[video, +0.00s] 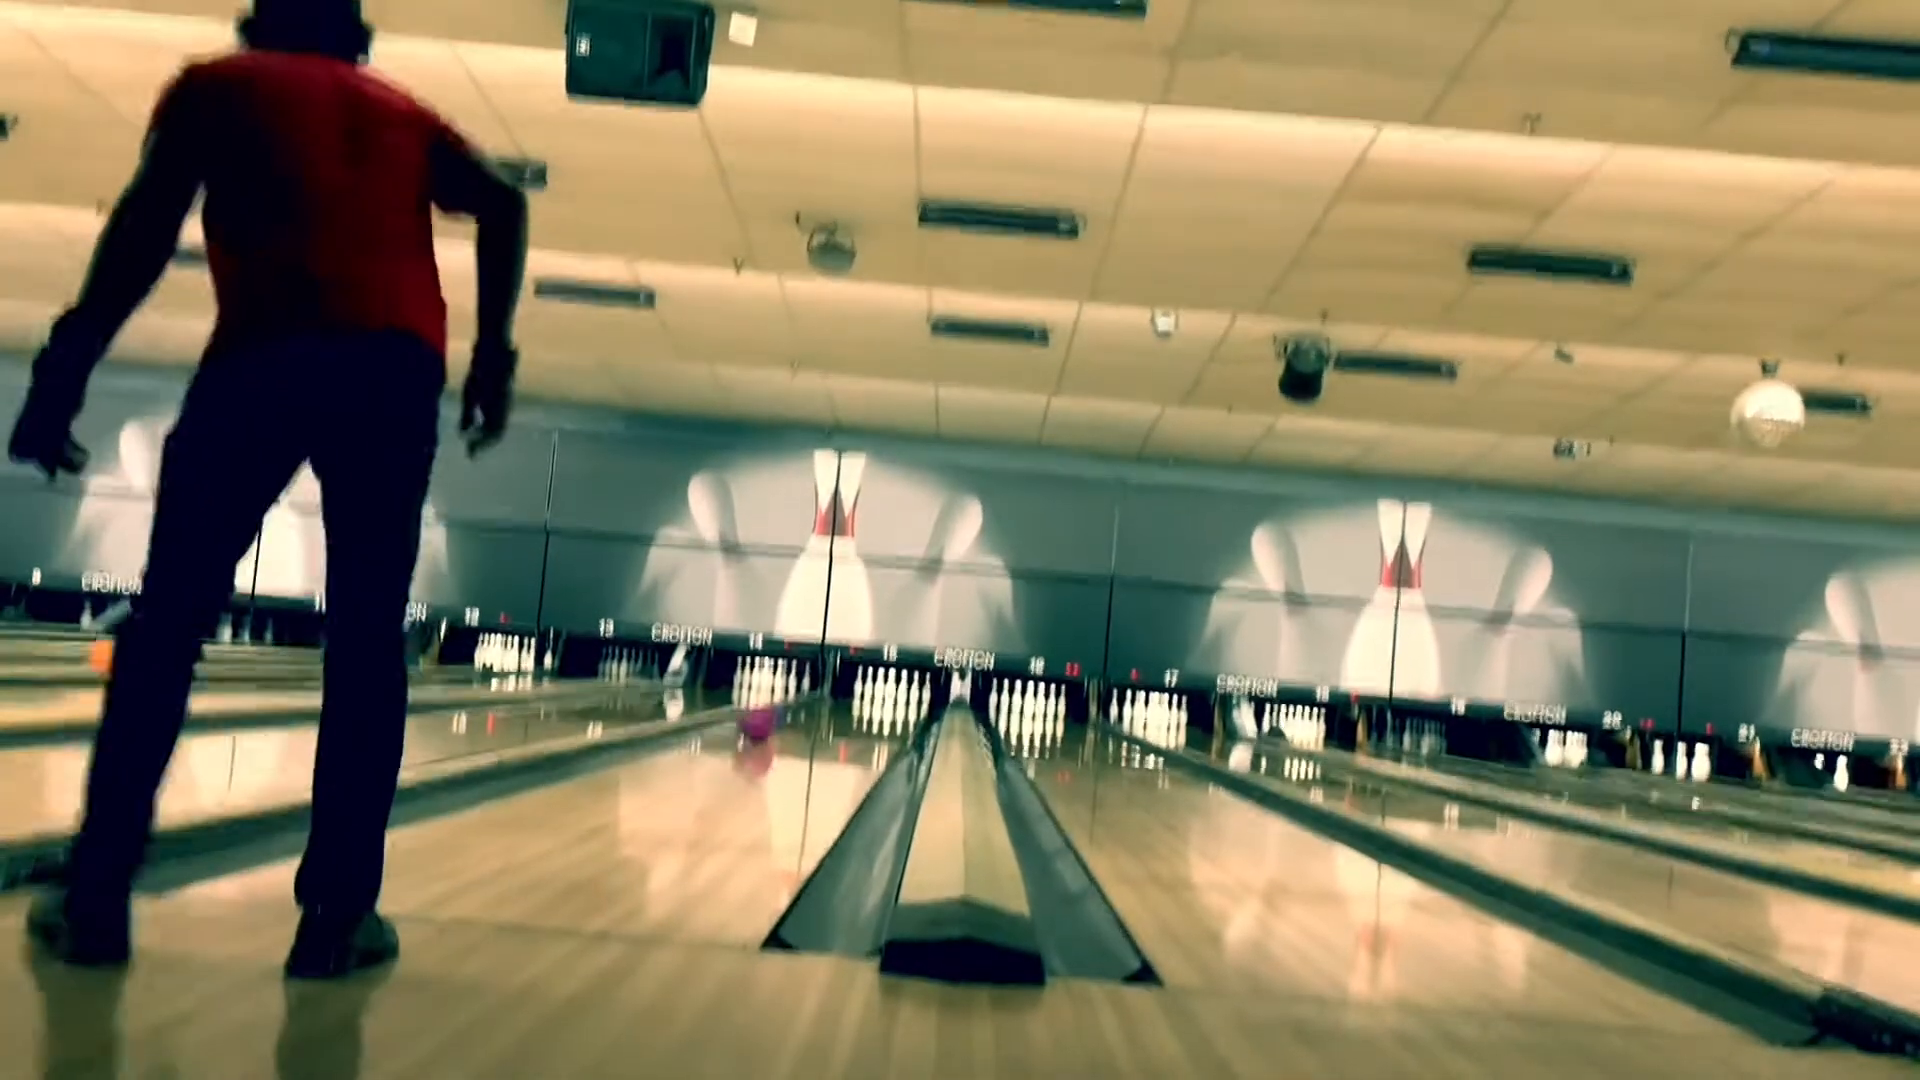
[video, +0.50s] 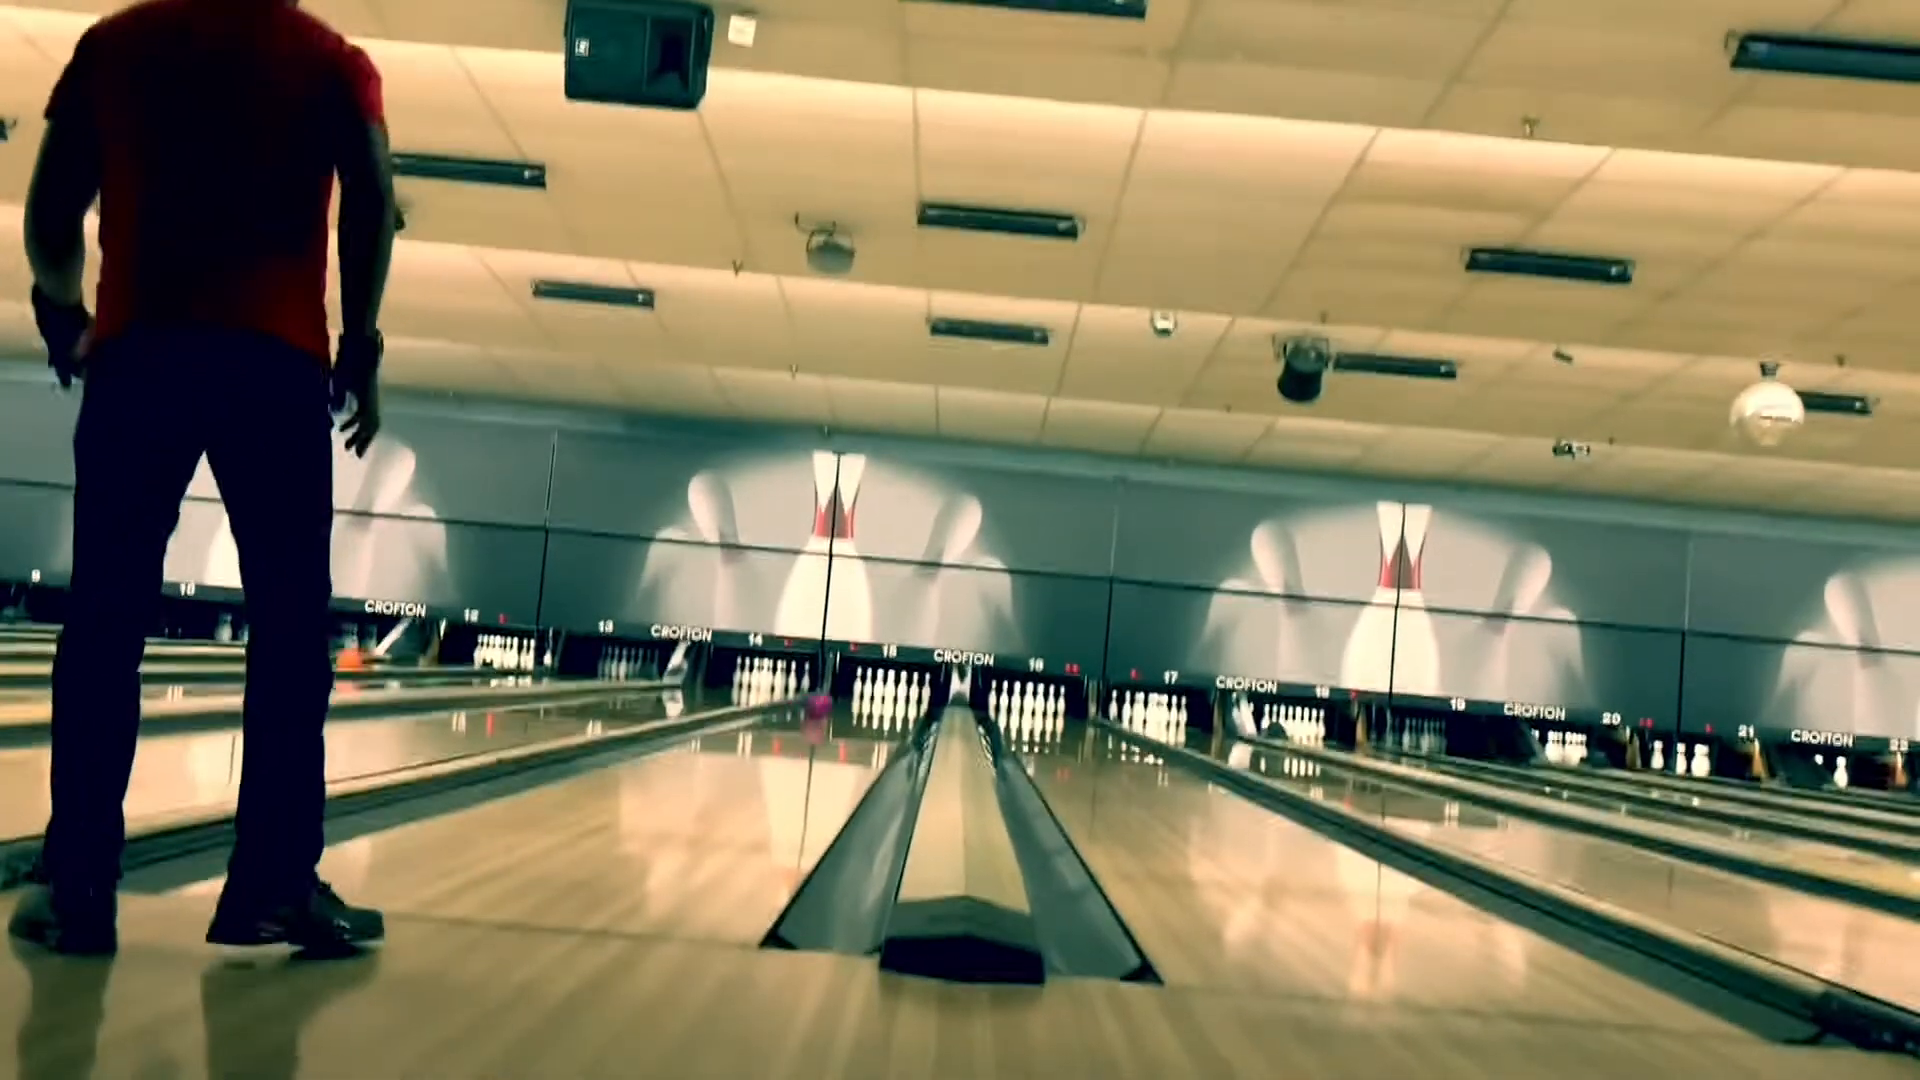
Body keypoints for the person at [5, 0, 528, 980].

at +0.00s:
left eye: (249, 27)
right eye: (358, 38)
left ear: (259, 28)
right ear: (354, 40)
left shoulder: (213, 86)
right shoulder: (401, 113)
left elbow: (141, 238)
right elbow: (504, 201)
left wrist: (58, 382)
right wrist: (495, 348)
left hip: (258, 368)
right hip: (394, 377)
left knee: (169, 625)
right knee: (368, 649)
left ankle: (96, 907)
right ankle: (333, 924)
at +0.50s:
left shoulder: (112, 42)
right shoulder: (333, 58)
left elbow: (51, 207)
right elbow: (373, 207)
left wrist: (59, 305)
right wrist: (362, 332)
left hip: (139, 359)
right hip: (273, 364)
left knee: (103, 620)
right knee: (290, 629)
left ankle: (79, 895)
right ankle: (272, 888)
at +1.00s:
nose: (381, 1)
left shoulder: (179, 53)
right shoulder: (394, 70)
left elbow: (121, 216)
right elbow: (409, 217)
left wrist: (179, 320)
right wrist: (405, 358)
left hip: (180, 366)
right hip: (313, 376)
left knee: (126, 622)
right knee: (304, 645)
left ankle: (78, 899)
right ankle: (262, 908)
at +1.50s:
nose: (517, 29)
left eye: (513, 20)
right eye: (521, 21)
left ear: (418, 3)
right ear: (512, 20)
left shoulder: (315, 67)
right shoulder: (515, 108)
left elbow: (231, 210)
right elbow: (496, 237)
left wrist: (289, 307)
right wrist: (461, 391)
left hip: (236, 354)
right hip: (363, 383)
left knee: (108, 592)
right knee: (339, 648)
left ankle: (5, 856)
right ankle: (263, 905)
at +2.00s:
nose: (528, 30)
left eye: (524, 21)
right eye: (532, 22)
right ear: (521, 15)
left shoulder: (330, 57)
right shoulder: (525, 100)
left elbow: (245, 202)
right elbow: (501, 231)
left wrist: (290, 315)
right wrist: (468, 385)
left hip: (242, 350)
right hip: (369, 379)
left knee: (117, 584)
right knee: (337, 654)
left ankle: (3, 824)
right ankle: (265, 915)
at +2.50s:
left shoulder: (144, 11)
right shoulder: (350, 11)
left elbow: (89, 188)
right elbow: (346, 177)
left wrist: (167, 288)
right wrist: (365, 331)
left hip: (130, 347)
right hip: (263, 357)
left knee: (82, 618)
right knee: (284, 638)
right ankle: (267, 904)